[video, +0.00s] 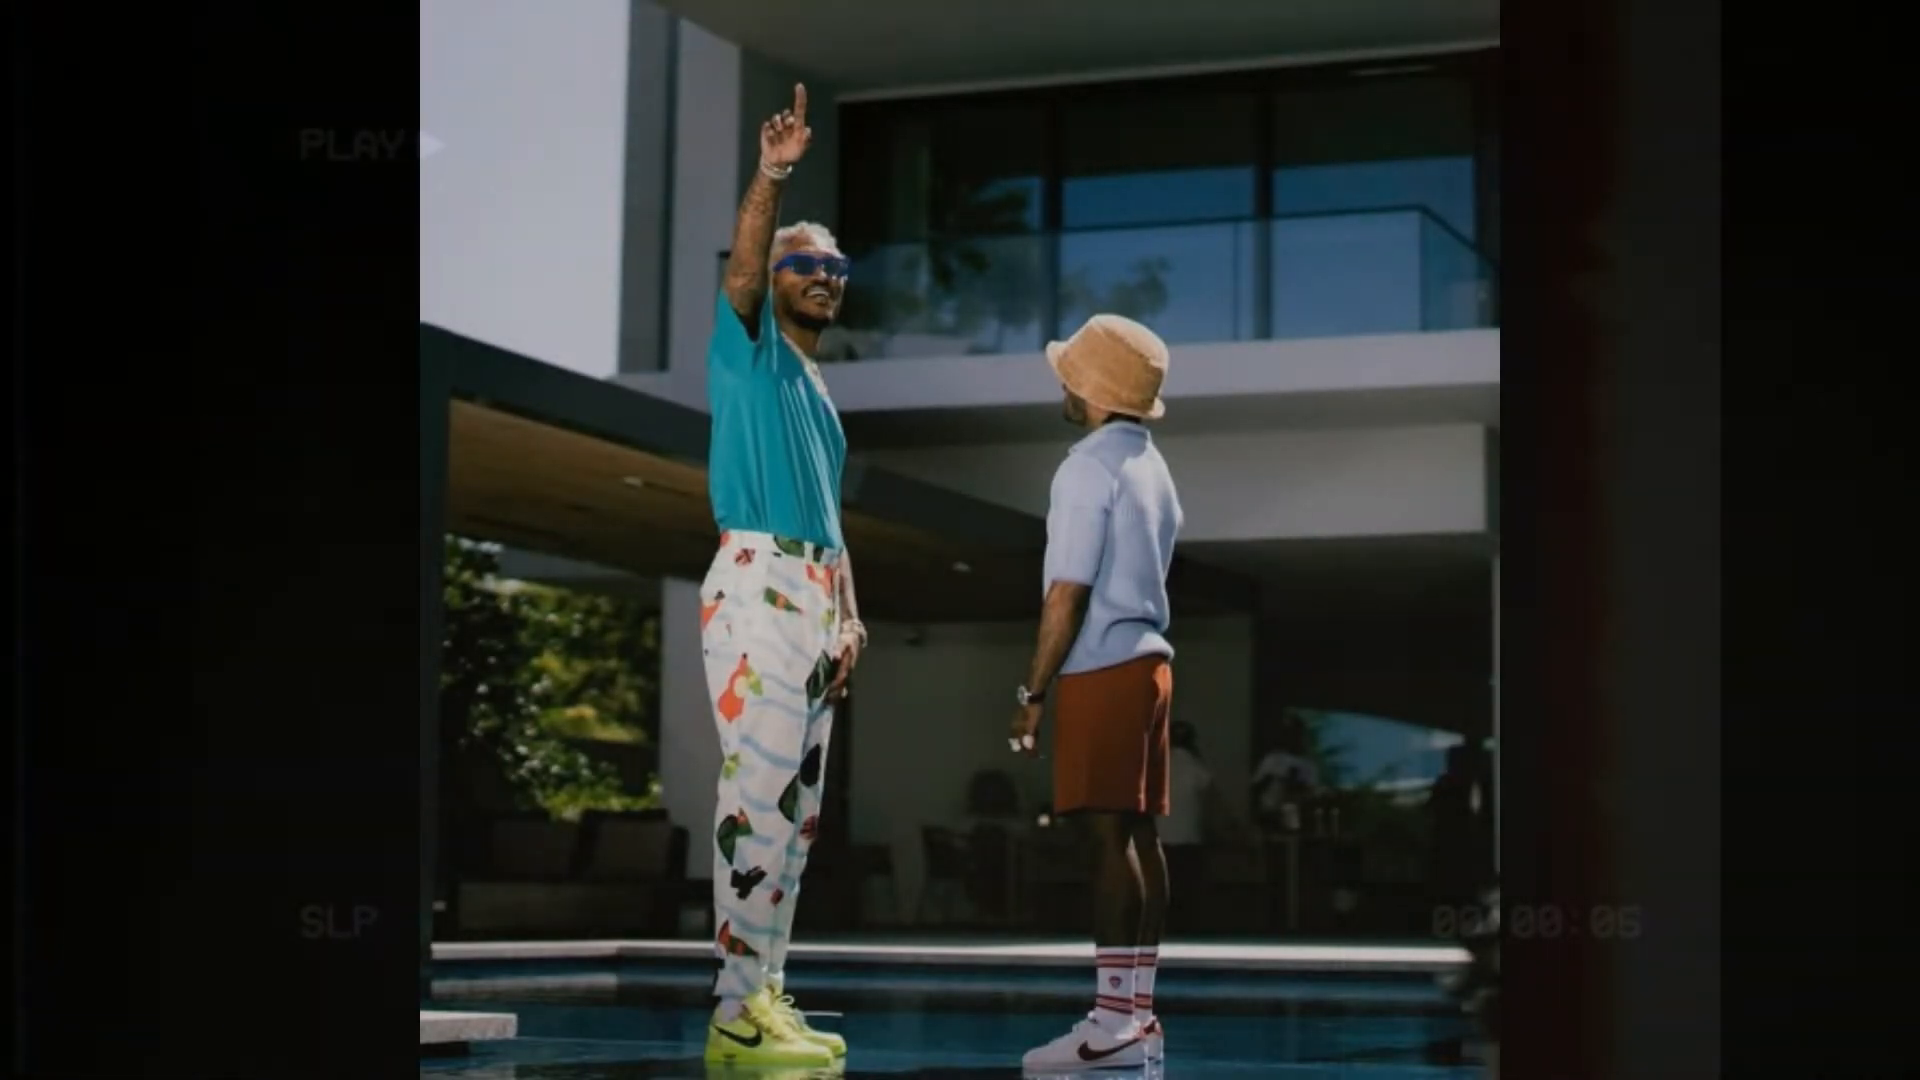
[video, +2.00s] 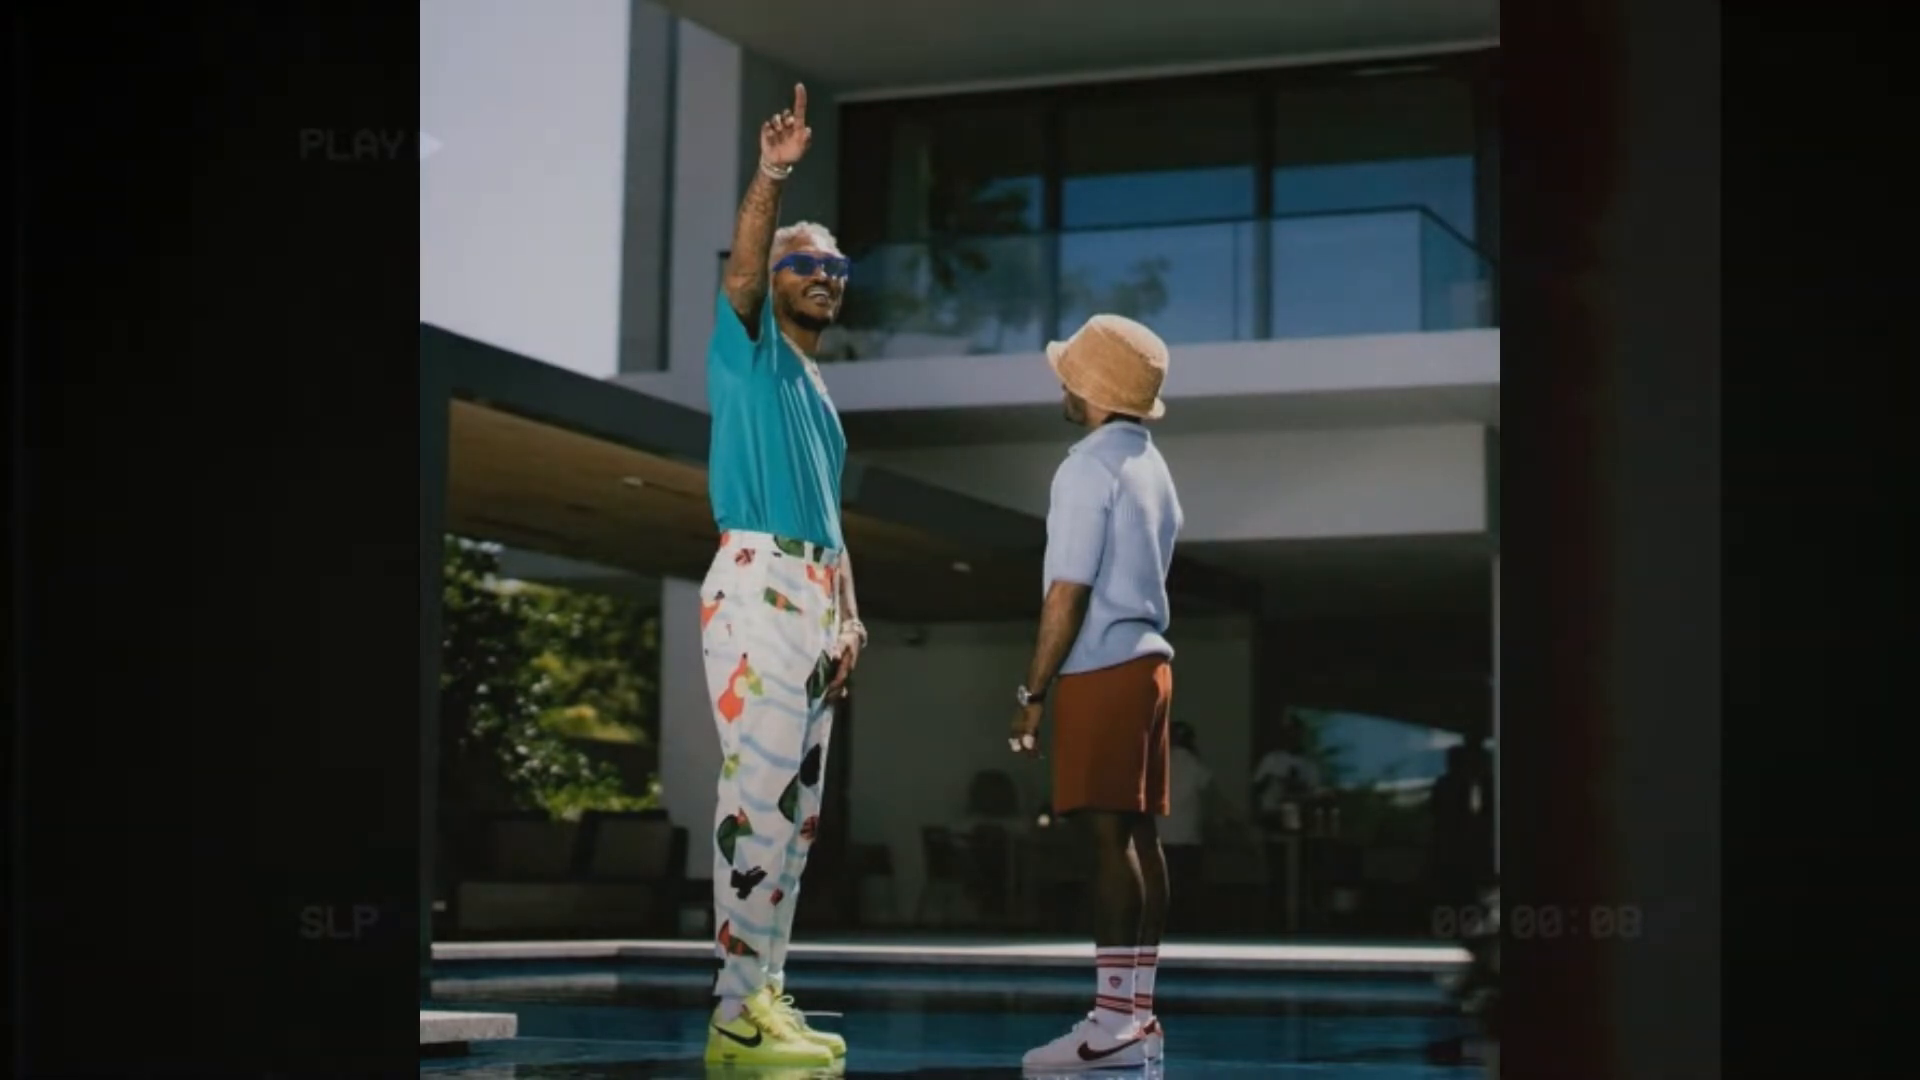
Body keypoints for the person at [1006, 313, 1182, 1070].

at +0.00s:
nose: (1064, 389)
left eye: (1072, 379)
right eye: (1069, 377)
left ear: (1091, 392)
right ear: (1131, 394)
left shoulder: (1088, 468)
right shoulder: (1148, 463)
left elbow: (1067, 595)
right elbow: (1146, 578)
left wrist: (1031, 691)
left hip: (1104, 670)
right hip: (1146, 666)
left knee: (1108, 838)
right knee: (1141, 838)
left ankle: (1115, 1014)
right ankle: (1135, 1011)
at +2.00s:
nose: (1064, 387)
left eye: (1072, 377)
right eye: (1069, 376)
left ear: (1092, 390)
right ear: (1130, 394)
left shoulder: (1087, 468)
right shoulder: (1147, 463)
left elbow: (1067, 594)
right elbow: (1148, 578)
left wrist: (1032, 691)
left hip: (1104, 669)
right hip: (1147, 665)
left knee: (1108, 839)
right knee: (1139, 838)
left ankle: (1116, 1015)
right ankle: (1135, 1012)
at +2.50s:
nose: (1064, 387)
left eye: (1072, 377)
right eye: (1068, 376)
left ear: (1092, 390)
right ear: (1130, 394)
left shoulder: (1088, 468)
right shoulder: (1148, 463)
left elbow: (1067, 594)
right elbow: (1149, 576)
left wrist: (1032, 691)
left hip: (1104, 669)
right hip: (1146, 665)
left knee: (1108, 838)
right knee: (1139, 838)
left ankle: (1116, 1015)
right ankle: (1135, 1012)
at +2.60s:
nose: (1064, 388)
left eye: (1072, 378)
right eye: (1068, 376)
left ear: (1092, 391)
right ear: (1130, 394)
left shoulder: (1087, 468)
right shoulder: (1148, 463)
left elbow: (1067, 594)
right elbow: (1149, 577)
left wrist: (1032, 691)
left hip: (1104, 670)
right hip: (1146, 666)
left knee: (1109, 839)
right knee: (1140, 838)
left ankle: (1116, 1015)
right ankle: (1135, 1012)